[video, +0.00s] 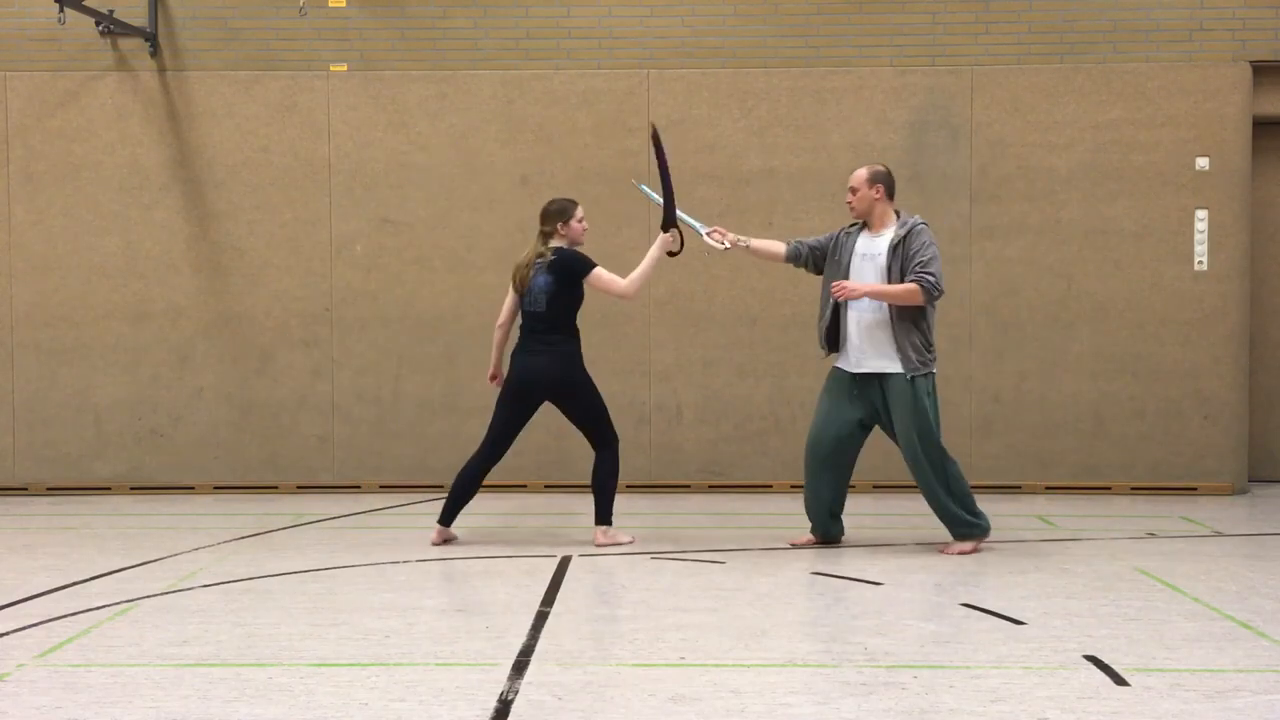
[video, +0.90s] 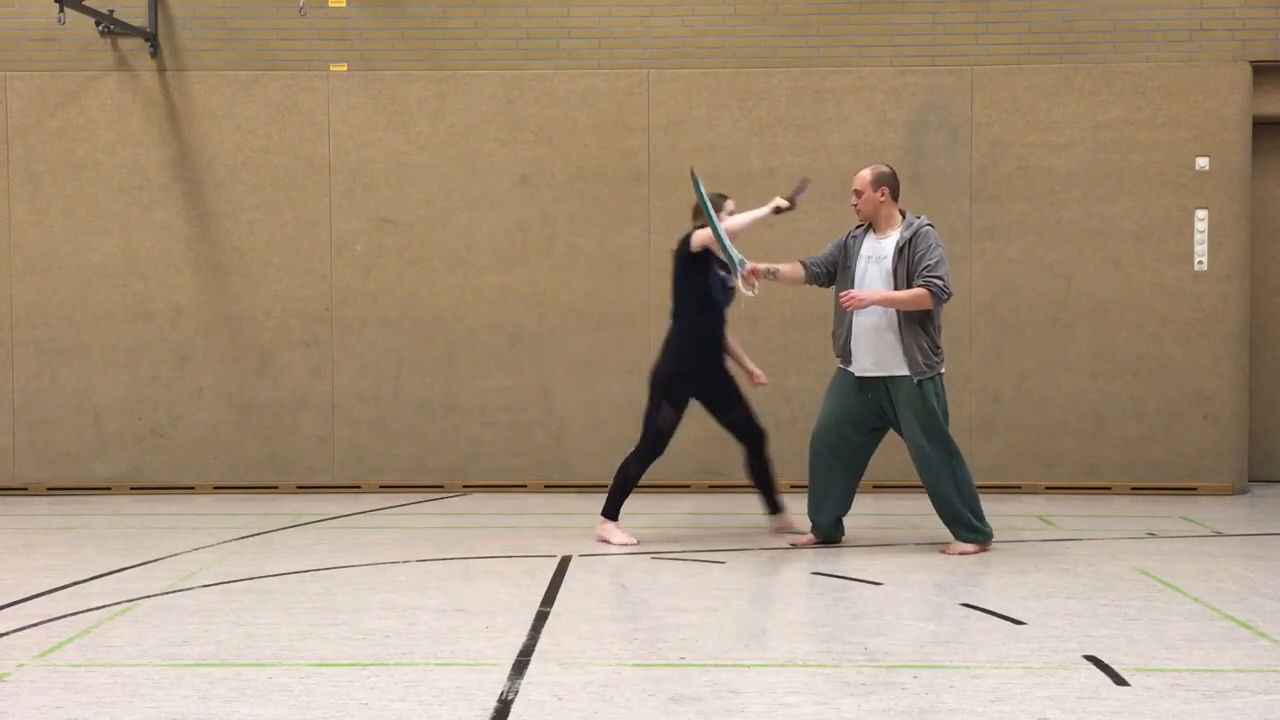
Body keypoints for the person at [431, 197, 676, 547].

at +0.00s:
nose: (586, 226)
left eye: (584, 219)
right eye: (581, 221)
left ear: (552, 229)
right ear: (561, 227)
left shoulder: (529, 264)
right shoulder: (572, 260)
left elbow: (503, 322)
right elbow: (626, 289)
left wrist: (495, 365)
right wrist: (659, 246)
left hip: (524, 371)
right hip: (564, 372)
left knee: (489, 450)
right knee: (606, 443)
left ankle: (442, 527)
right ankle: (603, 530)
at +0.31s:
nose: (604, 234)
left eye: (603, 227)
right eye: (599, 228)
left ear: (574, 233)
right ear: (581, 232)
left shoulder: (549, 267)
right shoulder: (581, 267)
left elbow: (541, 321)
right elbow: (638, 293)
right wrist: (665, 247)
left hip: (525, 373)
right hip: (557, 377)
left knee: (492, 451)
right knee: (616, 442)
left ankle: (445, 529)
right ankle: (601, 528)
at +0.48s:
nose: (632, 241)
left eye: (631, 235)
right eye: (627, 236)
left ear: (604, 242)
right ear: (607, 242)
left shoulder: (585, 277)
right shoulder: (605, 273)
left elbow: (580, 337)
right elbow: (662, 288)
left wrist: (610, 372)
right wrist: (683, 241)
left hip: (555, 381)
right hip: (578, 385)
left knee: (518, 455)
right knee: (634, 448)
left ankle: (451, 518)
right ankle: (601, 527)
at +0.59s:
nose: (653, 235)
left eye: (653, 230)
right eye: (648, 230)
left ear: (627, 236)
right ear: (629, 234)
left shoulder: (613, 269)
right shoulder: (624, 264)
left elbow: (614, 337)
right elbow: (677, 271)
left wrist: (651, 374)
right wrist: (696, 228)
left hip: (582, 378)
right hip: (600, 381)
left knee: (566, 458)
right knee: (643, 452)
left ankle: (489, 499)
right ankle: (601, 528)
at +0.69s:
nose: (684, 224)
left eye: (683, 218)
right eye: (678, 219)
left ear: (659, 224)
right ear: (658, 222)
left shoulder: (656, 264)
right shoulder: (643, 249)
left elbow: (659, 333)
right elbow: (694, 236)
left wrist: (696, 369)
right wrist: (719, 201)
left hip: (635, 368)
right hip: (624, 368)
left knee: (655, 446)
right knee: (646, 449)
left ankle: (591, 494)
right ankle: (601, 528)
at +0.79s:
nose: (707, 218)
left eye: (707, 212)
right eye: (701, 213)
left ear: (689, 217)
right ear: (683, 216)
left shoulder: (684, 262)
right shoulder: (663, 244)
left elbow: (686, 327)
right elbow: (706, 224)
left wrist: (722, 364)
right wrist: (743, 200)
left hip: (673, 366)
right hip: (649, 364)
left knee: (711, 434)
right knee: (643, 448)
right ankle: (602, 526)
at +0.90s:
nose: (735, 219)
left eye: (736, 215)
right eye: (730, 214)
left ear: (725, 217)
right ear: (713, 217)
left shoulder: (722, 266)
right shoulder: (691, 247)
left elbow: (716, 326)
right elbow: (722, 231)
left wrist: (747, 365)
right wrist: (767, 210)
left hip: (708, 366)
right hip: (679, 364)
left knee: (753, 436)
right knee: (652, 444)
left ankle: (777, 516)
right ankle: (607, 520)